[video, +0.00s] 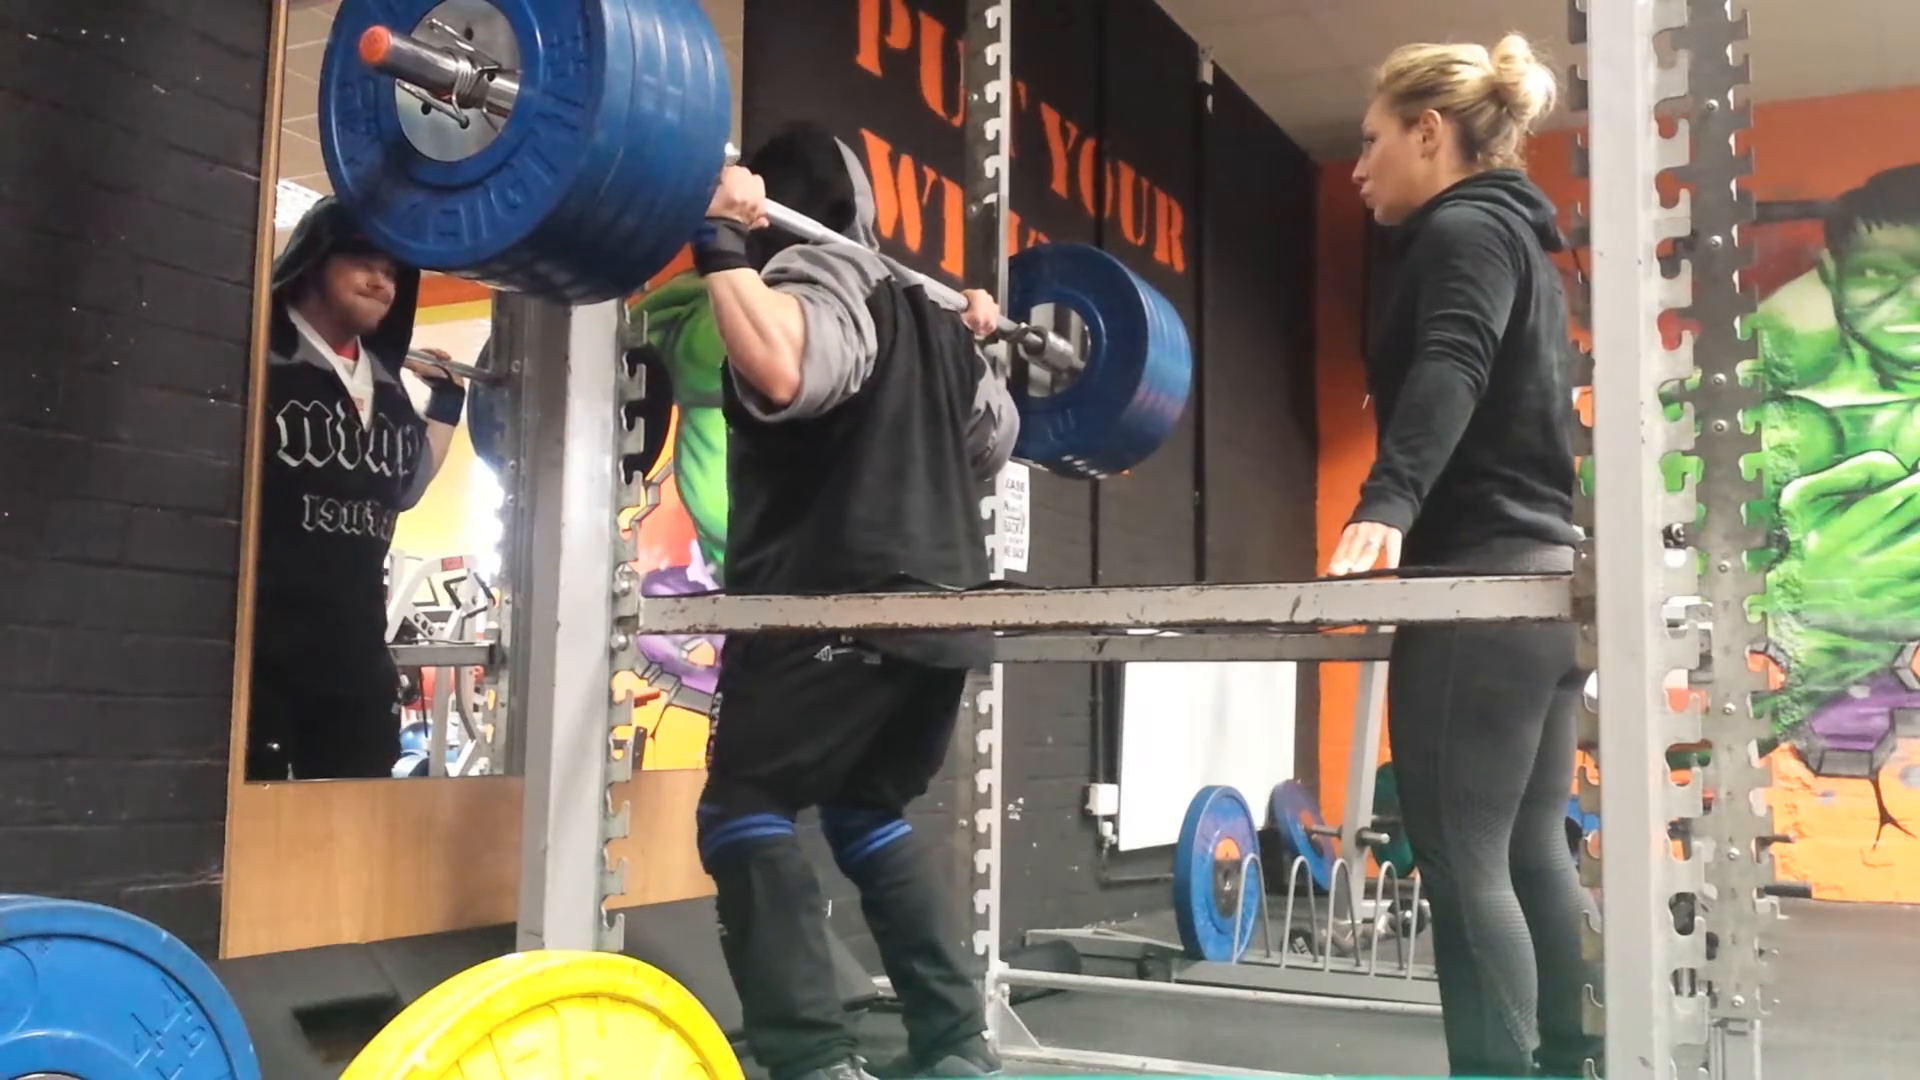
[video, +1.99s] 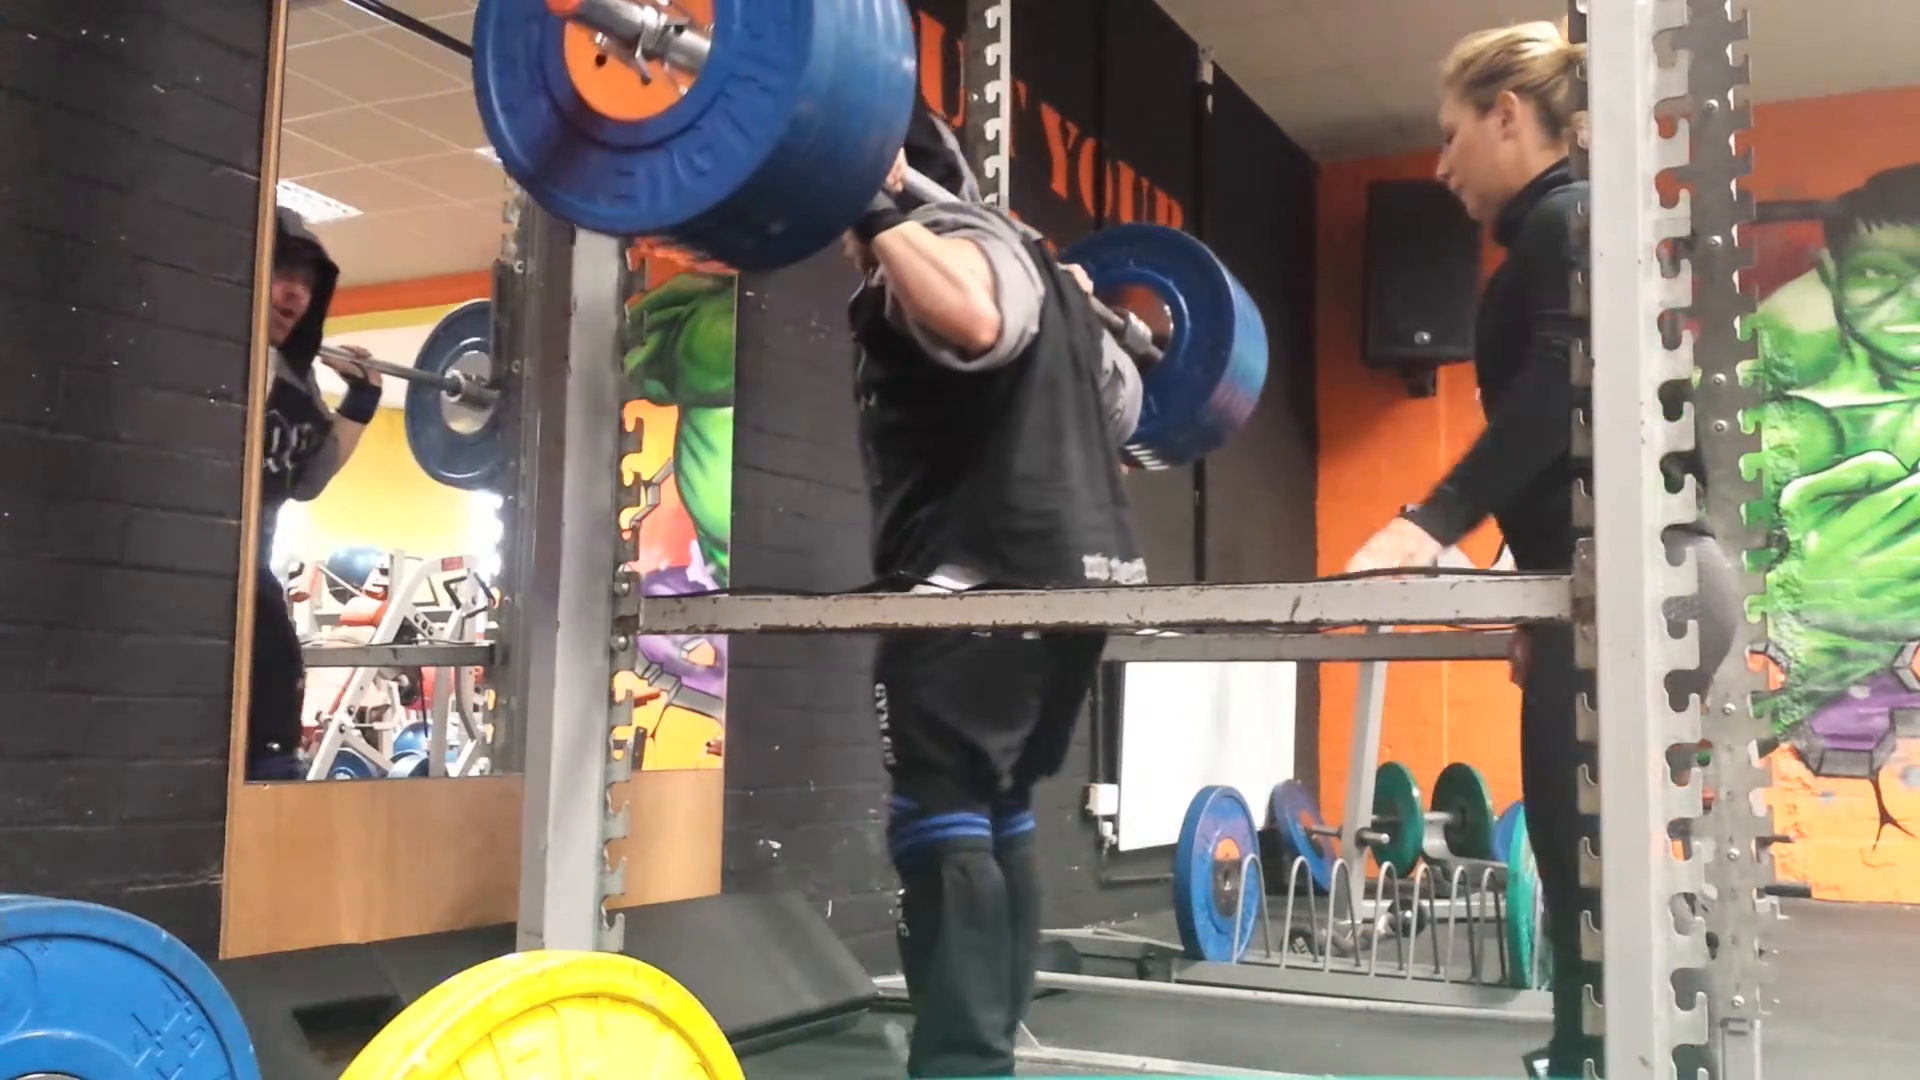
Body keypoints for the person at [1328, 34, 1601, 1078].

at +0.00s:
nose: (1360, 169)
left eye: (1371, 143)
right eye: (1360, 146)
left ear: (1433, 133)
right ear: (1441, 136)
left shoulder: (1464, 226)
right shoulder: (1512, 225)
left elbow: (1452, 360)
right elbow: (1519, 410)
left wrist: (1385, 509)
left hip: (1482, 577)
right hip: (1540, 576)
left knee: (1465, 860)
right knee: (1535, 848)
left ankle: (1495, 1073)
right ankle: (1569, 1066)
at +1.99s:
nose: (1444, 168)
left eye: (1452, 139)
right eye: (1442, 144)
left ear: (1511, 117)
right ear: (1518, 120)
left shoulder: (1563, 221)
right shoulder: (1584, 212)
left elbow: (1548, 403)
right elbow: (1577, 428)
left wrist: (1431, 521)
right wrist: (1539, 592)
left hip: (1597, 570)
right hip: (1617, 563)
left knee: (1575, 823)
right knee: (1598, 821)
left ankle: (1602, 1048)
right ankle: (1639, 1042)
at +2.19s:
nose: (1464, 157)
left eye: (1474, 128)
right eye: (1464, 132)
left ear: (1534, 111)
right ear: (1544, 116)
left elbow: (1548, 452)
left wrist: (1488, 575)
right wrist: (1521, 580)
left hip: (1605, 575)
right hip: (1663, 562)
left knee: (1586, 823)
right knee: (1635, 821)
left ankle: (1624, 1045)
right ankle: (1658, 1041)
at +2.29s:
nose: (1474, 164)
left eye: (1484, 134)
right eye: (1474, 139)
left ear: (1545, 115)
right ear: (1548, 119)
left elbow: (1544, 457)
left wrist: (1459, 552)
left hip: (1598, 569)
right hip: (1663, 559)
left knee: (1583, 810)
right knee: (1643, 809)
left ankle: (1619, 1039)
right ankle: (1665, 1032)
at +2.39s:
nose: (1479, 167)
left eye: (1489, 140)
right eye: (1479, 146)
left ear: (1551, 128)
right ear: (1556, 133)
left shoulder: (1571, 257)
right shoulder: (1597, 246)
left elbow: (1546, 437)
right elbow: (1558, 448)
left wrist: (1416, 528)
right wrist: (1454, 546)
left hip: (1585, 585)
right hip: (1605, 578)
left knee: (1578, 827)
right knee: (1594, 825)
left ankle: (1613, 1047)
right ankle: (1637, 1042)